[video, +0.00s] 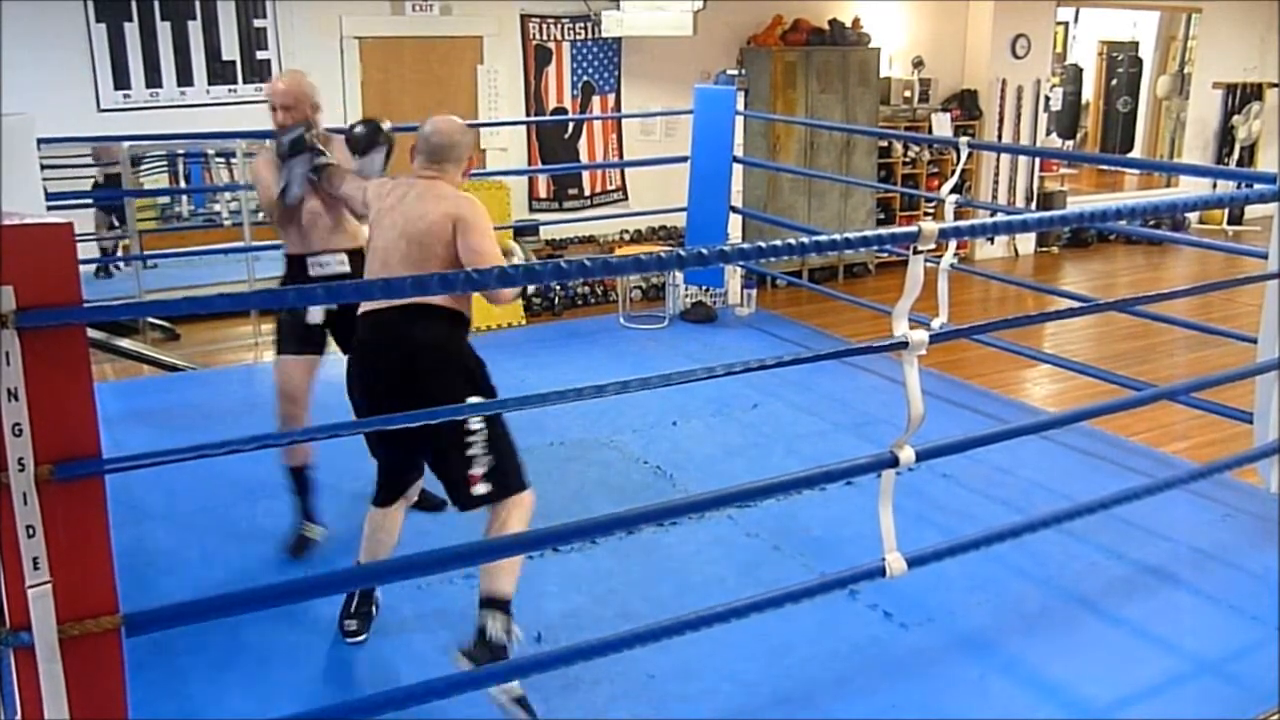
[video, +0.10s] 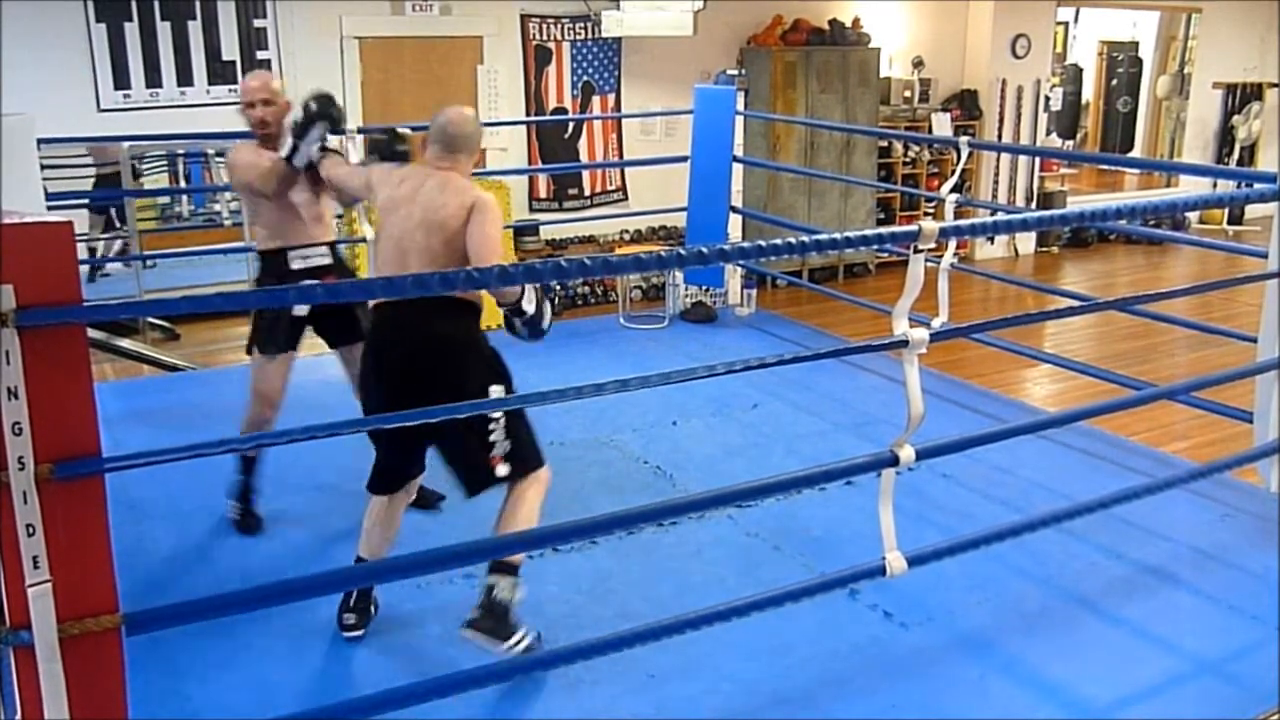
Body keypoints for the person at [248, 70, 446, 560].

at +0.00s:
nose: (279, 117)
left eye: (287, 109)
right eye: (273, 109)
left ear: (311, 108)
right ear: (268, 110)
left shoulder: (344, 146)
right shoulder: (266, 158)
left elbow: (365, 210)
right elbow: (279, 216)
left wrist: (364, 165)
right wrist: (293, 167)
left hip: (354, 271)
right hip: (301, 276)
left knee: (383, 377)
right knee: (290, 396)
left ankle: (407, 479)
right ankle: (307, 516)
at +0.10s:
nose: (257, 114)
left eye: (266, 103)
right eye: (249, 106)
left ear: (287, 105)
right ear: (242, 111)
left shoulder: (314, 148)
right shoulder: (241, 156)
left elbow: (349, 195)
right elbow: (273, 184)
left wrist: (368, 162)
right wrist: (304, 141)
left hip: (331, 269)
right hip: (280, 277)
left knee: (371, 381)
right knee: (265, 403)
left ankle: (403, 479)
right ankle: (244, 495)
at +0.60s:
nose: (235, 114)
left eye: (237, 105)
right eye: (225, 107)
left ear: (238, 103)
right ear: (199, 108)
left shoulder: (230, 147)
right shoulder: (177, 158)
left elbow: (239, 211)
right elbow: (184, 230)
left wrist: (269, 194)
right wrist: (222, 197)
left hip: (233, 259)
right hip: (197, 266)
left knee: (224, 350)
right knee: (214, 375)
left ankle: (197, 410)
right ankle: (221, 483)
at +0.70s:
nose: (238, 125)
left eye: (239, 116)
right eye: (229, 118)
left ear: (236, 114)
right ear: (202, 120)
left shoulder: (223, 155)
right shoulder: (182, 166)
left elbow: (228, 219)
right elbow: (183, 238)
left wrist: (260, 207)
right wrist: (230, 209)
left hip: (218, 266)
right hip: (193, 273)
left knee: (195, 352)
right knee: (214, 373)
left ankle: (172, 428)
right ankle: (220, 479)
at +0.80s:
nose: (242, 121)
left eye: (243, 112)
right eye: (234, 114)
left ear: (223, 113)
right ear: (208, 116)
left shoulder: (214, 147)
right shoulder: (191, 159)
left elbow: (219, 205)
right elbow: (181, 230)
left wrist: (252, 201)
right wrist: (238, 213)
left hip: (208, 256)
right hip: (188, 263)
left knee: (188, 347)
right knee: (217, 357)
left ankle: (170, 426)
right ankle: (225, 468)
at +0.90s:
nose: (245, 112)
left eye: (246, 104)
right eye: (237, 106)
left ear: (221, 106)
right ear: (212, 107)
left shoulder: (219, 138)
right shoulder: (194, 150)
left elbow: (221, 193)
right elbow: (186, 218)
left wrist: (252, 187)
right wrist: (240, 201)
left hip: (208, 245)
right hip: (191, 252)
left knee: (188, 342)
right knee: (234, 348)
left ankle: (172, 427)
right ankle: (226, 451)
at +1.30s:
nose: (275, 113)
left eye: (275, 105)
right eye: (268, 108)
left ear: (250, 108)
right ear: (244, 109)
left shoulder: (255, 137)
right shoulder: (220, 152)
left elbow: (278, 196)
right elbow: (246, 216)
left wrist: (294, 158)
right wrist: (269, 172)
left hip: (255, 241)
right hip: (232, 247)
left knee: (265, 333)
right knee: (271, 343)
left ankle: (216, 404)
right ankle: (256, 441)